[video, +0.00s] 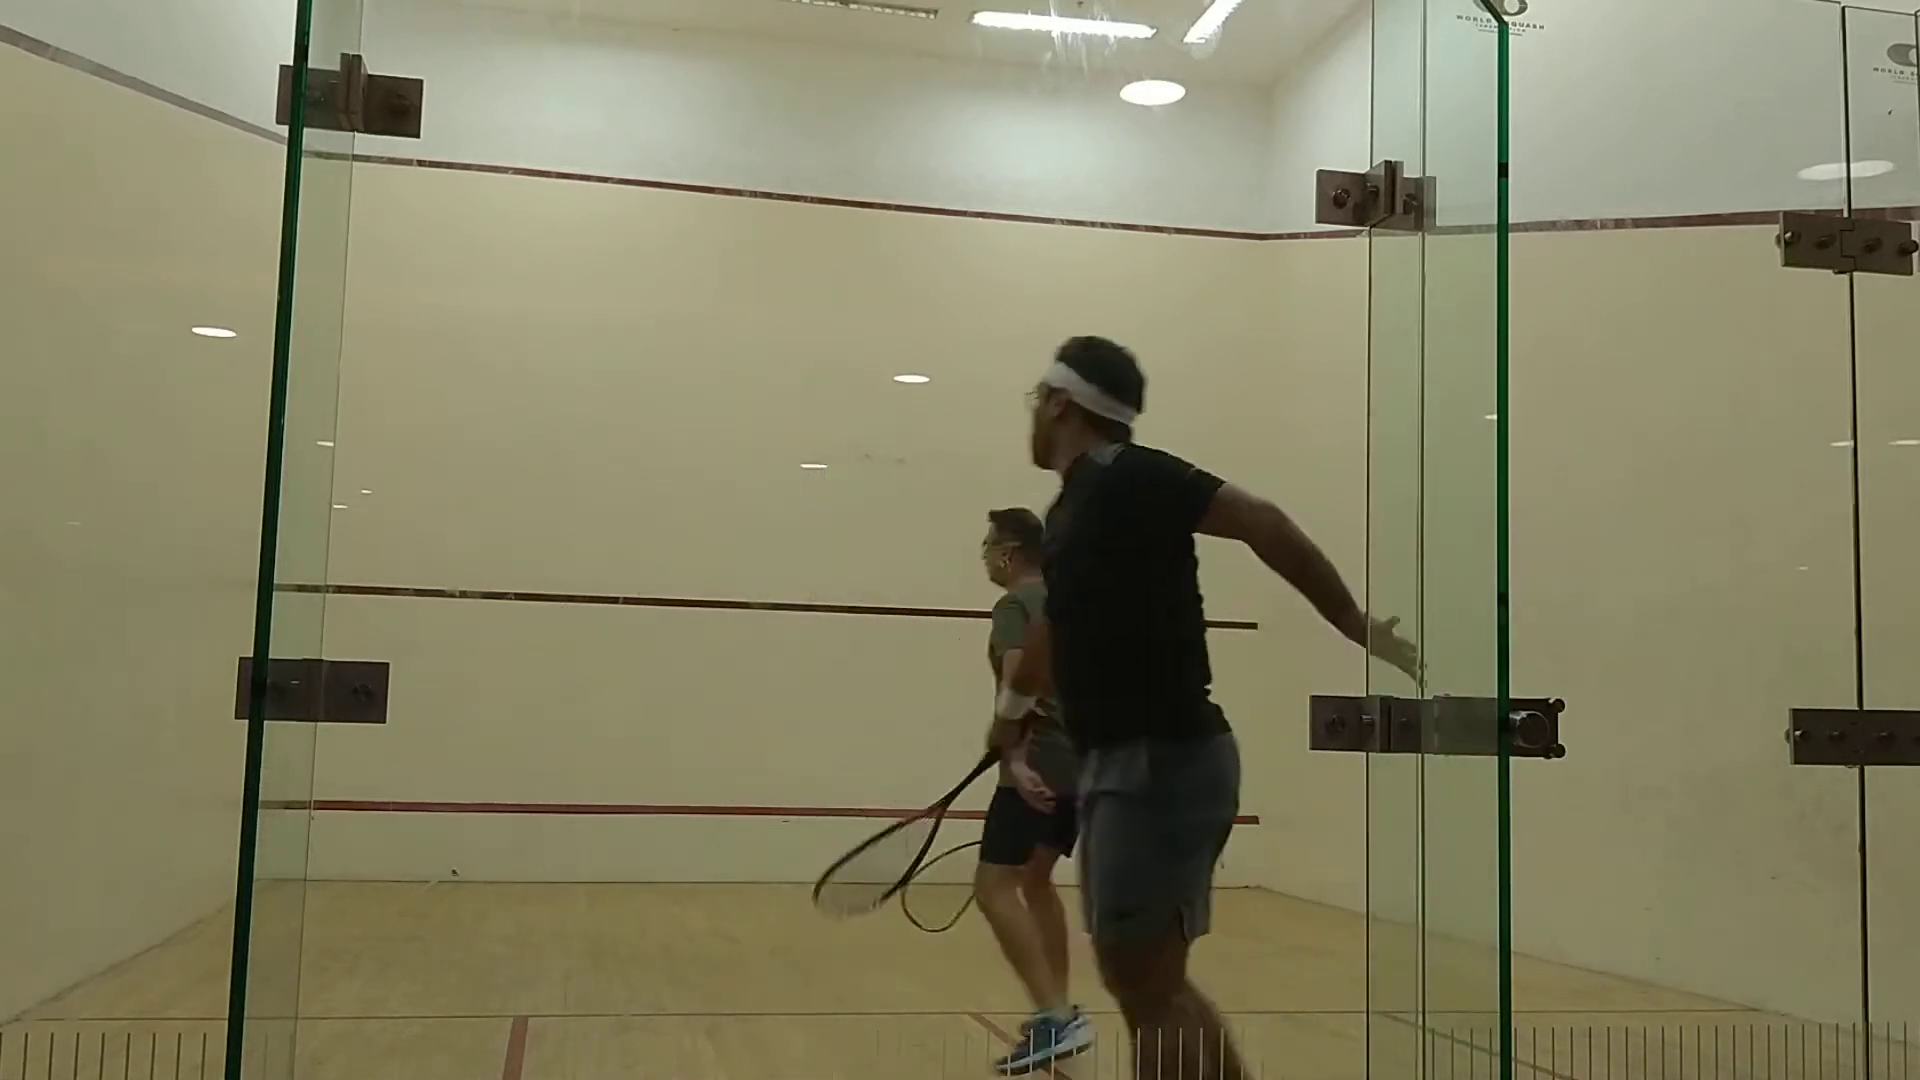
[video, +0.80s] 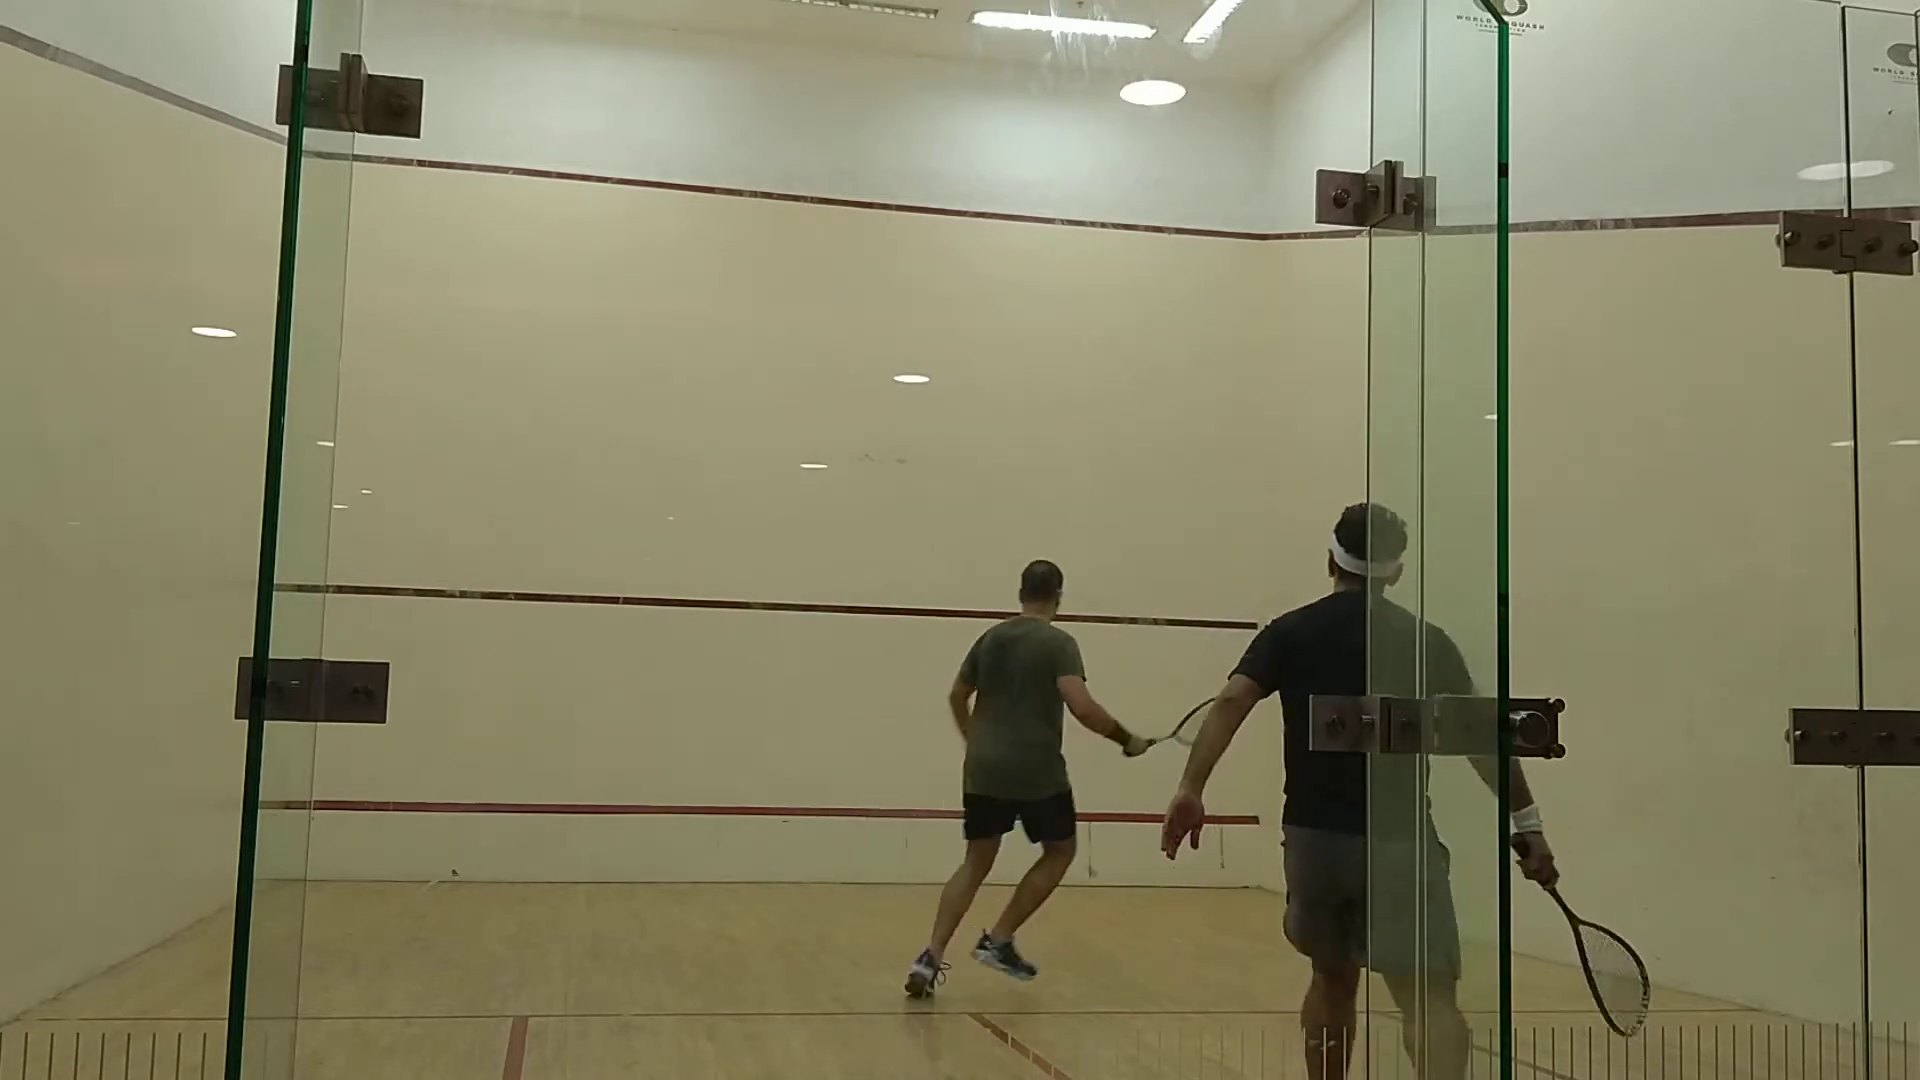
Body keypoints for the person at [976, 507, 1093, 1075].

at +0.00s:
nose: (983, 558)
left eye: (988, 549)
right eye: (985, 548)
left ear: (1010, 553)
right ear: (1032, 552)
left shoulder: (1015, 606)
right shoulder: (1067, 596)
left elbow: (1019, 682)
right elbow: (1068, 678)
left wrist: (1009, 749)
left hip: (1040, 756)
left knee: (993, 887)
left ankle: (1053, 1015)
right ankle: (1058, 1013)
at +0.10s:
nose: (947, 598)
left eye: (950, 589)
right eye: (949, 589)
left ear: (965, 595)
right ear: (998, 598)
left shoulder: (973, 644)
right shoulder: (1024, 642)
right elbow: (1042, 726)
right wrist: (992, 779)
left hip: (1012, 802)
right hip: (1060, 800)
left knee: (948, 916)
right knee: (993, 880)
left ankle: (967, 1057)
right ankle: (999, 1011)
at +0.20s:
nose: (938, 625)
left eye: (940, 618)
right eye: (941, 617)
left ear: (949, 623)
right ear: (988, 627)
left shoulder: (949, 673)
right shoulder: (1022, 680)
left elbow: (929, 751)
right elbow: (1053, 766)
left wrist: (886, 820)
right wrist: (991, 777)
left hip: (980, 814)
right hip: (1035, 822)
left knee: (908, 926)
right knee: (960, 884)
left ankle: (961, 1052)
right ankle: (941, 1008)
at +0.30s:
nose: (952, 626)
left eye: (953, 618)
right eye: (957, 618)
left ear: (959, 621)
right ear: (1002, 626)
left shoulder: (947, 664)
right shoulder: (1031, 685)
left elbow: (920, 737)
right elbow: (1044, 772)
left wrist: (894, 800)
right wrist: (996, 790)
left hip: (942, 811)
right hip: (1001, 828)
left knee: (910, 916)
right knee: (945, 917)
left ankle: (928, 1008)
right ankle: (888, 1010)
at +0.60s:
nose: (978, 608)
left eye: (975, 601)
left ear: (974, 603)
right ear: (1015, 605)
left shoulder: (949, 648)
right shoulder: (1039, 655)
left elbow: (896, 695)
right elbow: (1060, 732)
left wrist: (866, 753)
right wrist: (1042, 768)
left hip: (951, 783)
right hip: (1008, 793)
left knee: (942, 865)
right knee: (970, 895)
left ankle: (918, 970)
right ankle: (918, 953)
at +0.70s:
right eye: (1028, 609)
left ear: (990, 608)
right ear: (1030, 611)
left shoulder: (962, 655)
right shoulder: (1044, 658)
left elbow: (911, 708)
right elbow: (1070, 723)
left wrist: (897, 765)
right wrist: (1085, 762)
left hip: (959, 789)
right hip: (1015, 795)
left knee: (952, 870)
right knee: (1011, 886)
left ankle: (922, 974)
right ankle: (950, 940)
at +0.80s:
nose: (1054, 603)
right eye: (1058, 597)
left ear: (1020, 594)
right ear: (1057, 597)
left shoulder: (991, 637)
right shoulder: (1058, 641)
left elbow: (958, 695)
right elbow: (1082, 706)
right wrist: (1124, 737)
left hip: (982, 771)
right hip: (1037, 771)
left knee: (975, 860)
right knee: (1059, 852)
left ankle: (930, 958)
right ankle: (998, 940)